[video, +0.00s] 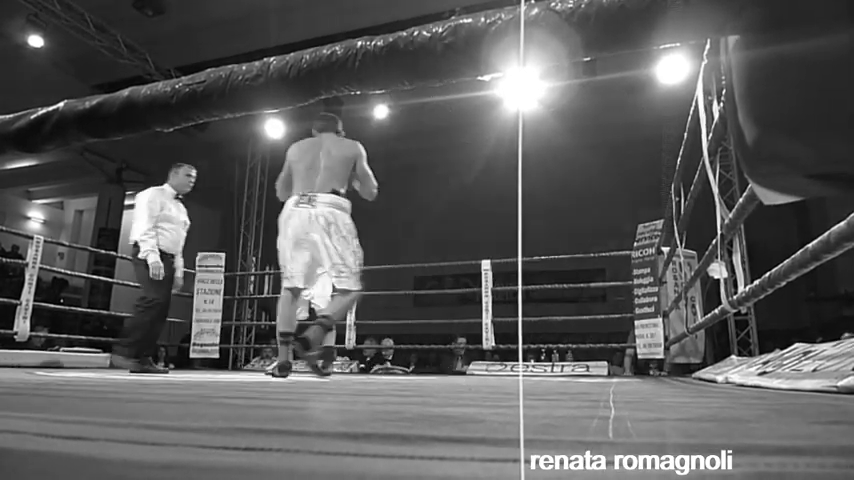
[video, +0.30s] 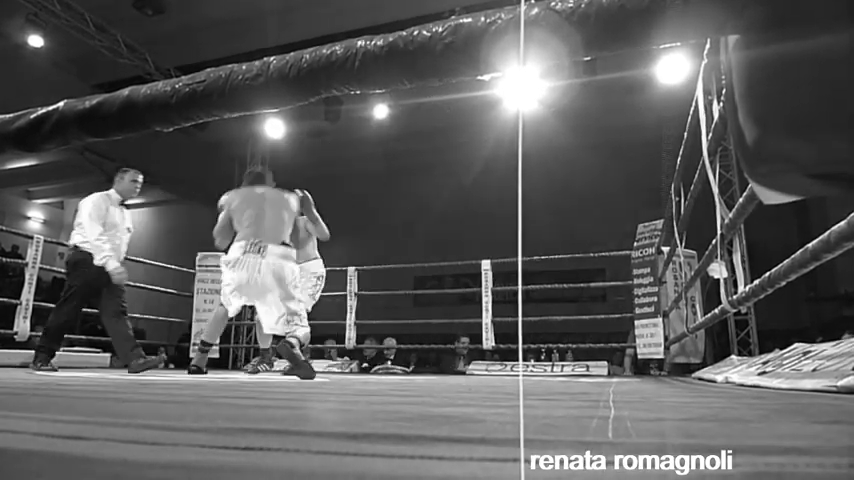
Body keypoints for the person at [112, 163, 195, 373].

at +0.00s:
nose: (192, 182)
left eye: (194, 179)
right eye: (189, 176)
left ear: (192, 183)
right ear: (174, 174)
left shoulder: (181, 210)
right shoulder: (151, 195)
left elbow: (178, 245)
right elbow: (143, 228)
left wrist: (179, 270)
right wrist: (152, 255)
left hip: (168, 258)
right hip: (148, 253)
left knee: (161, 305)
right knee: (153, 299)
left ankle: (144, 356)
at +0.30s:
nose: (138, 188)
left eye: (140, 184)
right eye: (134, 182)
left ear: (140, 189)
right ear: (119, 179)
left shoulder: (125, 216)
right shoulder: (95, 201)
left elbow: (119, 247)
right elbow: (93, 237)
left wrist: (116, 267)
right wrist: (110, 263)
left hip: (108, 263)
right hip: (85, 258)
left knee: (115, 311)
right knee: (68, 309)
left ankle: (133, 359)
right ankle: (42, 358)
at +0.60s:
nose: (105, 181)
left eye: (107, 178)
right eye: (101, 175)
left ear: (107, 182)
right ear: (85, 173)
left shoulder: (94, 209)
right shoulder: (62, 195)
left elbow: (90, 246)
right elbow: (38, 228)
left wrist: (95, 272)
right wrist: (28, 258)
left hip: (81, 261)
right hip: (58, 255)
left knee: (80, 306)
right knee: (52, 305)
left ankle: (52, 351)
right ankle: (39, 355)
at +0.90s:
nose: (86, 185)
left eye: (87, 182)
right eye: (82, 180)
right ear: (66, 178)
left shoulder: (76, 213)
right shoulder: (38, 197)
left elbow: (75, 246)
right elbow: (11, 230)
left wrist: (77, 272)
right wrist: (2, 256)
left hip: (55, 261)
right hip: (34, 254)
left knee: (27, 307)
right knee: (45, 303)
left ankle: (5, 352)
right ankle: (39, 356)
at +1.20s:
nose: (73, 184)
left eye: (74, 181)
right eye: (70, 179)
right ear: (53, 177)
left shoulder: (63, 210)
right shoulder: (23, 196)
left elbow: (60, 245)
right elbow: (2, 229)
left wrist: (57, 271)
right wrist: (1, 260)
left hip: (43, 262)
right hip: (20, 255)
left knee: (24, 308)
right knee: (16, 300)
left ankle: (6, 352)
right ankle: (4, 352)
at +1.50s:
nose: (55, 176)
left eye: (56, 172)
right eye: (51, 171)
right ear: (34, 170)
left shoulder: (50, 204)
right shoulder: (6, 190)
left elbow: (49, 241)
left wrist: (46, 269)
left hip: (31, 260)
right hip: (6, 255)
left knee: (16, 310)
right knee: (6, 307)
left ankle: (7, 353)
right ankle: (5, 353)